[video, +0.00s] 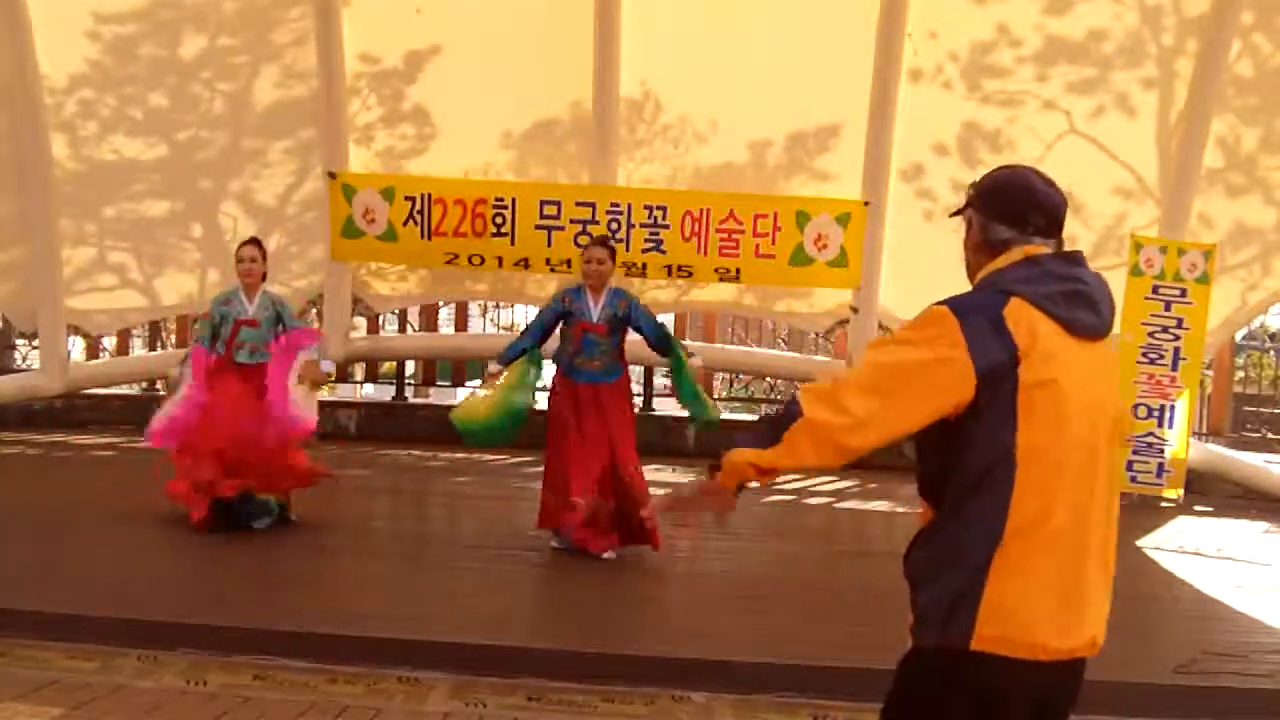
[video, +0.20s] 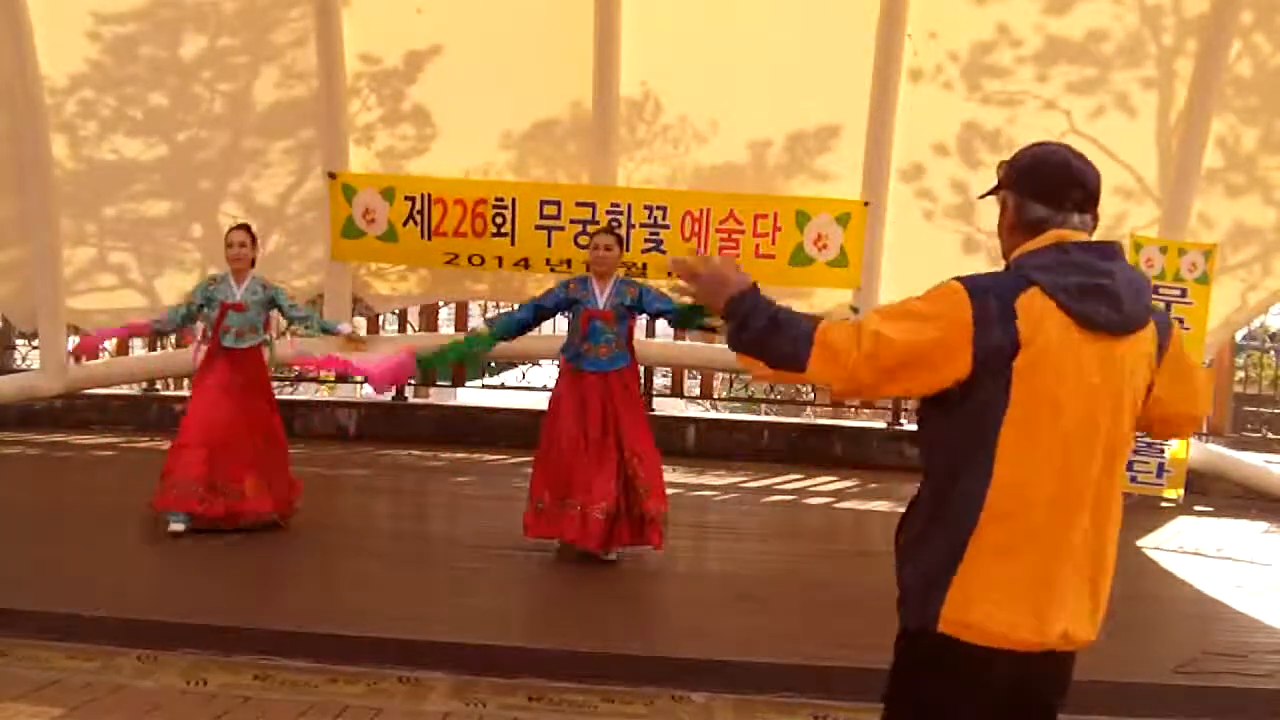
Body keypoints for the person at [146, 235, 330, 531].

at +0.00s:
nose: (247, 267)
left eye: (254, 261)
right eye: (242, 261)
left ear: (264, 267)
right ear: (235, 266)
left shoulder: (275, 305)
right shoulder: (222, 303)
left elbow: (298, 338)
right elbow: (203, 344)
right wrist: (197, 379)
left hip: (262, 376)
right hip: (226, 375)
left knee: (264, 435)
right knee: (224, 434)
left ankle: (278, 500)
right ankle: (219, 499)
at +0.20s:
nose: (237, 251)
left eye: (243, 246)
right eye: (232, 246)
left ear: (255, 251)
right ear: (225, 251)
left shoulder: (265, 289)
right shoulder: (212, 287)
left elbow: (300, 315)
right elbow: (176, 319)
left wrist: (338, 329)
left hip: (250, 368)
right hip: (215, 367)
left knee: (256, 433)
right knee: (198, 431)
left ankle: (267, 504)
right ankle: (180, 509)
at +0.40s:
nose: (220, 235)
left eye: (226, 229)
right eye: (215, 230)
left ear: (239, 234)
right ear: (208, 235)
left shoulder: (250, 268)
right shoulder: (197, 267)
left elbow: (292, 276)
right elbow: (159, 275)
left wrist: (337, 272)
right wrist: (121, 273)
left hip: (232, 355)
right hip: (199, 355)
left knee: (238, 426)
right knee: (196, 426)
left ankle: (244, 506)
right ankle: (198, 510)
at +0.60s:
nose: (204, 232)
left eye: (211, 226)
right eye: (199, 226)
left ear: (224, 232)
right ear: (193, 231)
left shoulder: (233, 263)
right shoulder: (182, 264)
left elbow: (276, 248)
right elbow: (142, 248)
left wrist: (317, 220)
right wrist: (106, 220)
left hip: (218, 357)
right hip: (184, 358)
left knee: (215, 431)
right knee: (187, 432)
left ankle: (211, 514)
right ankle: (192, 513)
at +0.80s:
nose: (195, 233)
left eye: (202, 228)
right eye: (190, 227)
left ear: (213, 232)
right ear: (182, 230)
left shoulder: (218, 265)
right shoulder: (172, 263)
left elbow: (251, 238)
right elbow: (135, 235)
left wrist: (276, 201)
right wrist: (106, 191)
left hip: (207, 365)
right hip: (173, 364)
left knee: (205, 437)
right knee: (171, 438)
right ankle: (170, 522)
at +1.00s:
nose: (188, 231)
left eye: (195, 226)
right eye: (182, 225)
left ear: (207, 233)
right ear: (174, 229)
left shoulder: (210, 267)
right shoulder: (164, 263)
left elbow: (230, 238)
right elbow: (130, 229)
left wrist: (233, 194)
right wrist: (112, 178)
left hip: (194, 369)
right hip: (160, 368)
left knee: (198, 444)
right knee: (157, 443)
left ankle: (204, 527)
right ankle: (156, 527)